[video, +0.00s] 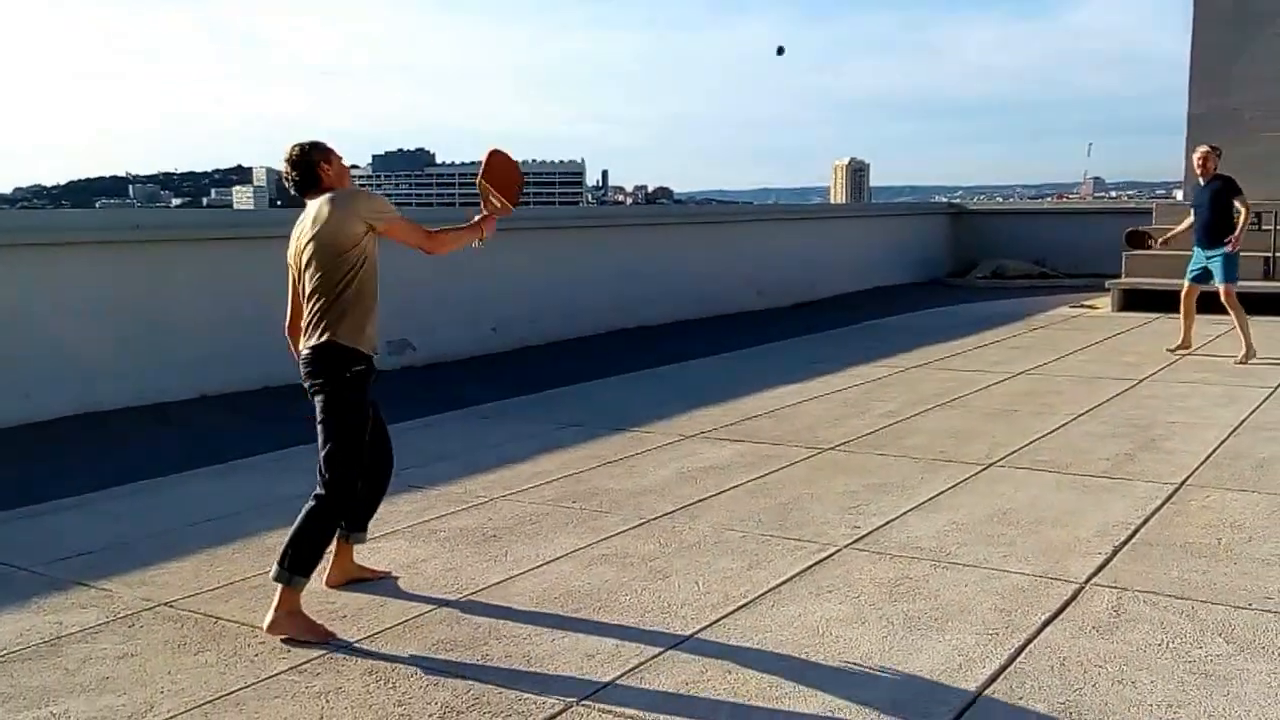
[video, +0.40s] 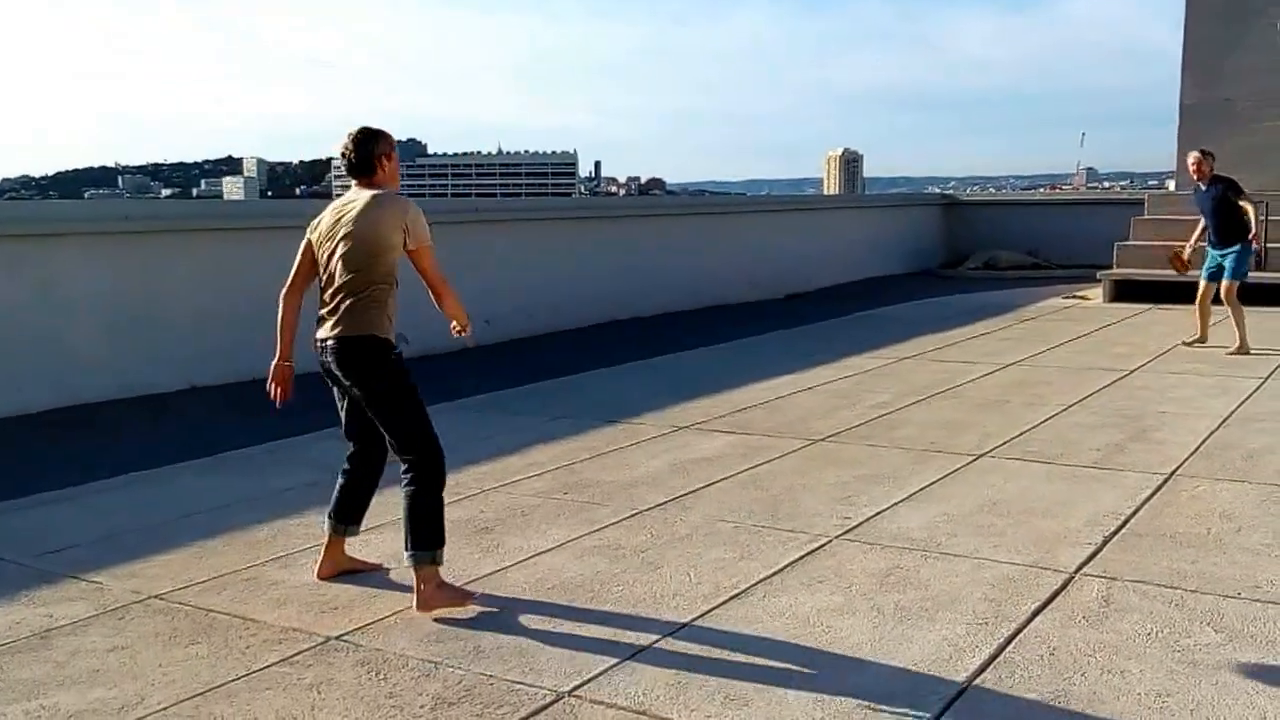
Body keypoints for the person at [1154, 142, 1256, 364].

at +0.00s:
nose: (1201, 163)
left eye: (1206, 159)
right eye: (1198, 159)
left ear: (1215, 163)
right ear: (1193, 163)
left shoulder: (1225, 183)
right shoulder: (1197, 190)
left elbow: (1244, 208)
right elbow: (1193, 219)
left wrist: (1238, 234)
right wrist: (1169, 236)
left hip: (1222, 250)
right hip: (1200, 251)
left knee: (1227, 296)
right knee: (1187, 295)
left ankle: (1248, 346)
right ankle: (1185, 341)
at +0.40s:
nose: (1194, 168)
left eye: (1198, 163)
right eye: (1191, 165)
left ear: (1209, 164)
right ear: (1188, 168)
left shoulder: (1225, 184)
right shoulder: (1197, 190)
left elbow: (1249, 206)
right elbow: (1206, 218)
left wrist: (1254, 231)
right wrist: (1190, 244)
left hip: (1237, 247)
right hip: (1214, 249)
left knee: (1227, 293)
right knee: (1202, 297)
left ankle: (1242, 342)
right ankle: (1201, 335)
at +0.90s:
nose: (1215, 143)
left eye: (1220, 140)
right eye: (1213, 138)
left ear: (1227, 146)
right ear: (1207, 141)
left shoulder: (1235, 166)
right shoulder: (1199, 167)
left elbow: (1259, 180)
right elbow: (1185, 194)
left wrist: (1267, 183)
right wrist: (1198, 178)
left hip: (1234, 230)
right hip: (1211, 232)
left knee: (1226, 278)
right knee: (1205, 281)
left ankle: (1233, 329)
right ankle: (1217, 320)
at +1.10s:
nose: (1209, 144)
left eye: (1215, 141)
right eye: (1207, 140)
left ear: (1223, 146)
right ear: (1202, 143)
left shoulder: (1230, 167)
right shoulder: (1194, 168)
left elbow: (1253, 181)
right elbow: (1177, 195)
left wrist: (1256, 189)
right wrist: (1192, 177)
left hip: (1227, 231)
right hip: (1201, 230)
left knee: (1222, 274)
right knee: (1188, 277)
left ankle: (1230, 325)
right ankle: (1192, 318)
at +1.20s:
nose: (1207, 144)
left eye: (1212, 140)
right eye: (1204, 140)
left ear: (1219, 145)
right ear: (1199, 143)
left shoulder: (1229, 167)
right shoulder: (1190, 169)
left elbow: (1245, 191)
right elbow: (1174, 201)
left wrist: (1243, 202)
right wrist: (1185, 190)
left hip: (1223, 229)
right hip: (1196, 230)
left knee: (1222, 272)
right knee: (1181, 277)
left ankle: (1233, 321)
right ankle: (1190, 315)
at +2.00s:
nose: (1171, 159)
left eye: (1174, 154)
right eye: (1169, 156)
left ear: (1186, 155)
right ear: (1168, 158)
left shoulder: (1199, 172)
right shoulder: (1180, 180)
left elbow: (1219, 185)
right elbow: (1169, 207)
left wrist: (1214, 200)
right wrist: (1144, 206)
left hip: (1219, 229)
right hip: (1197, 231)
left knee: (1220, 271)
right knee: (1164, 261)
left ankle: (1255, 309)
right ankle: (1165, 303)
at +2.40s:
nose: (1164, 139)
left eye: (1168, 135)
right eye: (1162, 135)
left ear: (1178, 138)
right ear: (1160, 139)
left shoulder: (1193, 154)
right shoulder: (1159, 163)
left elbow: (1221, 164)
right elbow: (1161, 184)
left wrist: (1231, 165)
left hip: (1204, 215)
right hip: (1179, 218)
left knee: (1219, 255)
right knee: (1155, 258)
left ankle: (1243, 298)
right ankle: (1165, 298)